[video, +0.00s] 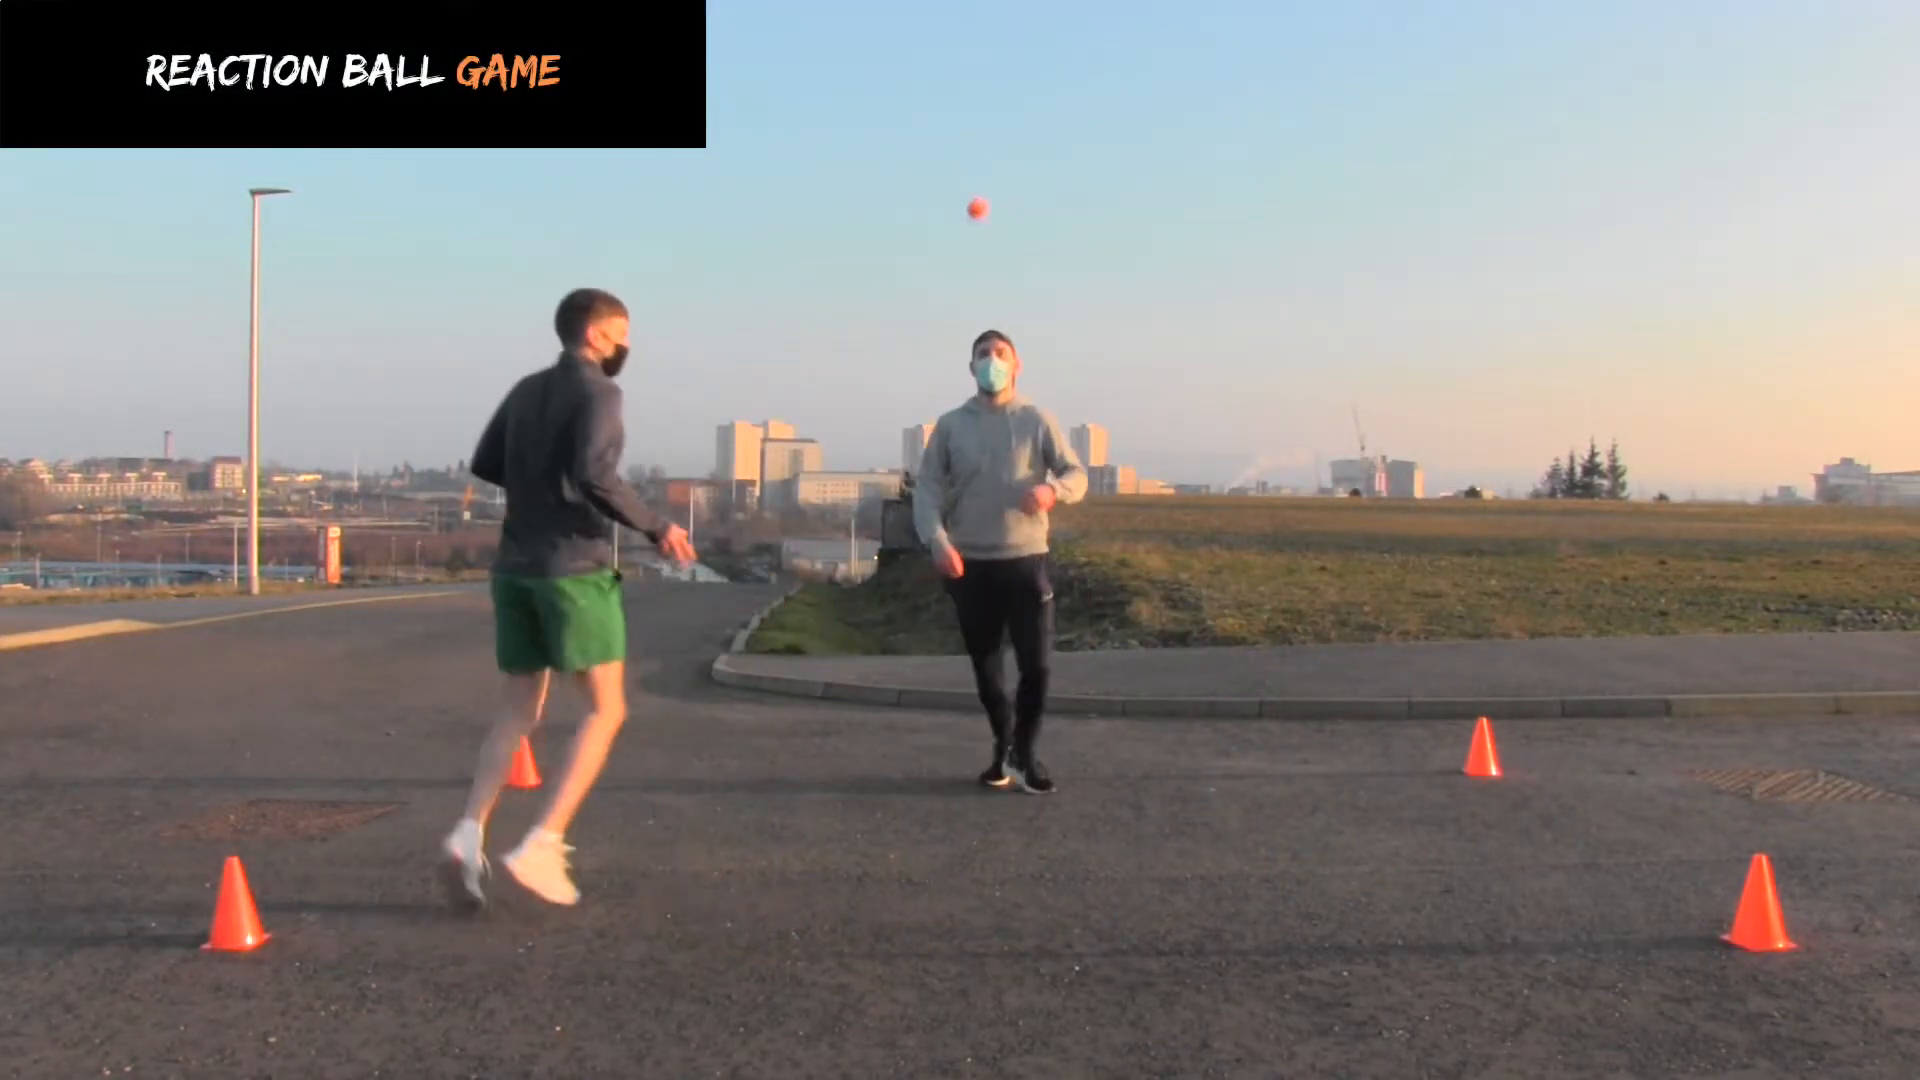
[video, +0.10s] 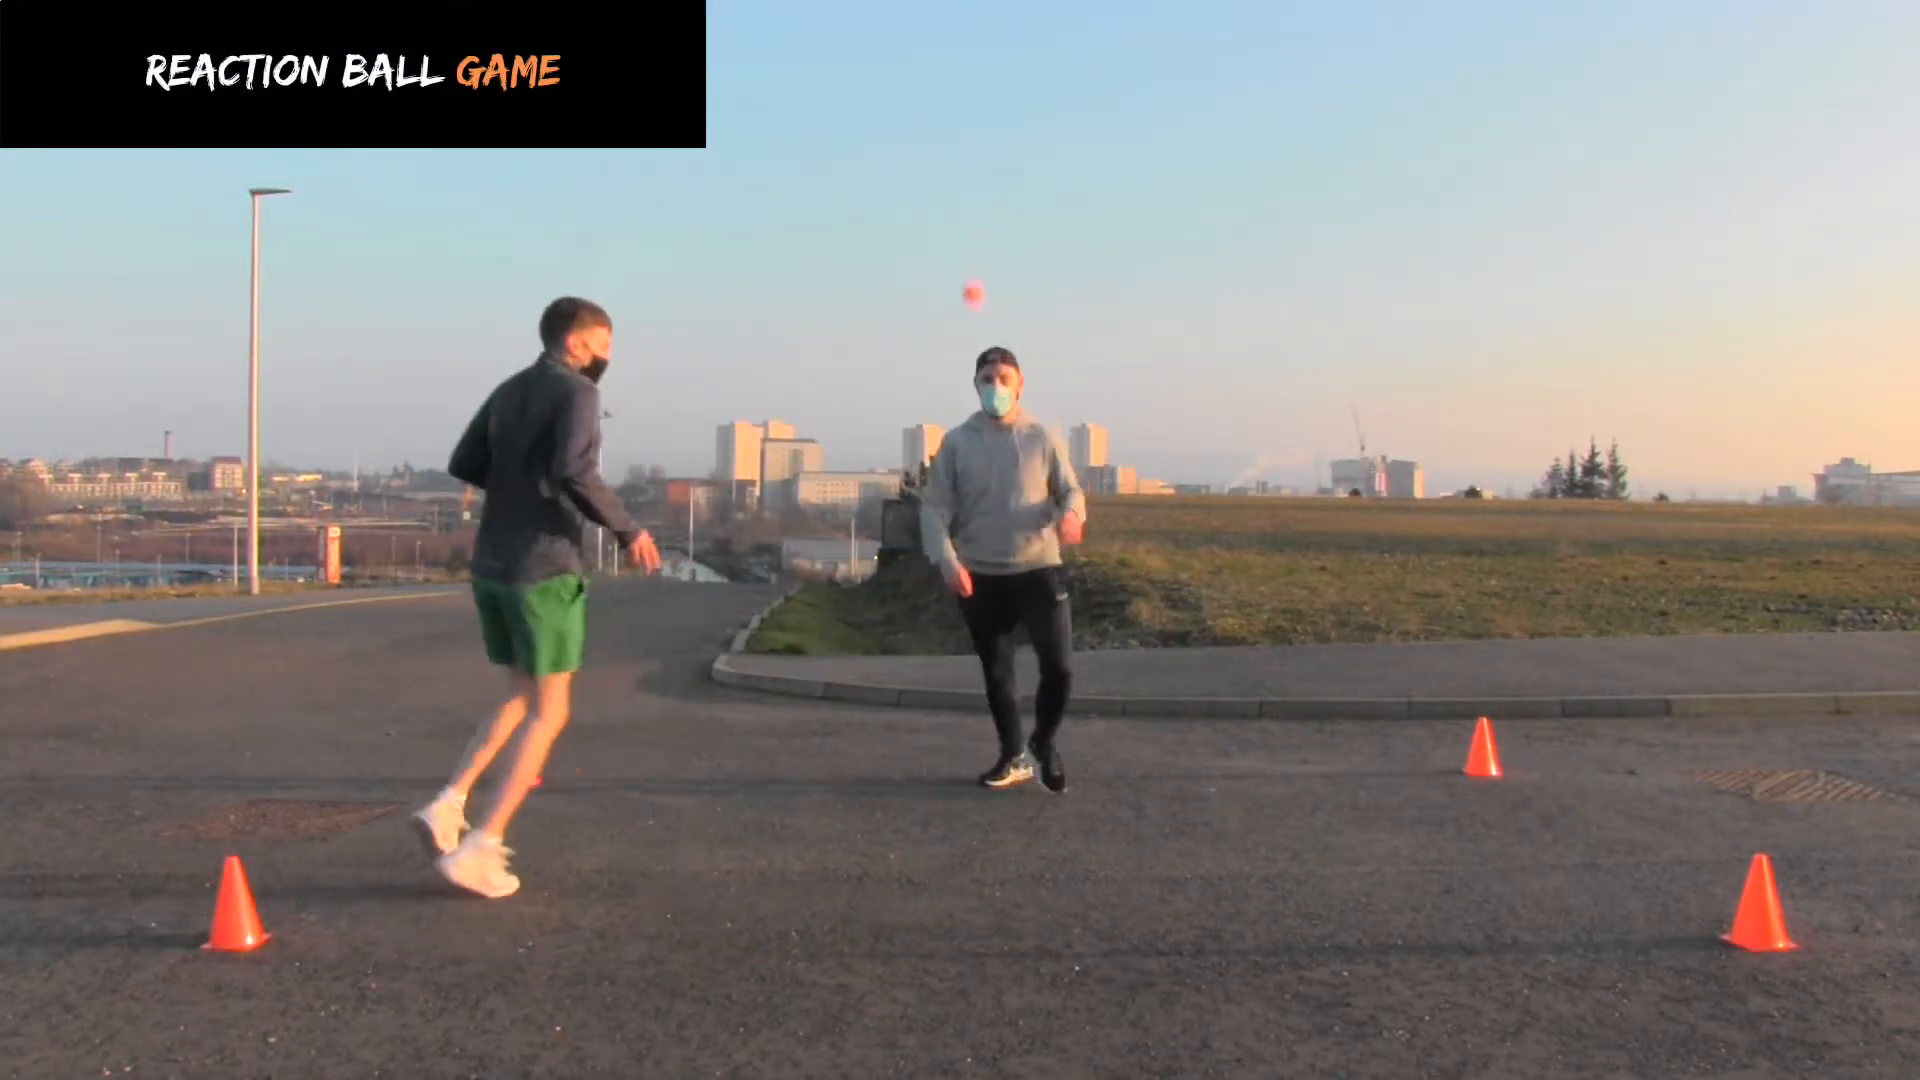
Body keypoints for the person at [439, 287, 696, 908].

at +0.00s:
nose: (627, 342)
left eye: (626, 331)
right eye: (621, 331)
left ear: (572, 332)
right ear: (594, 331)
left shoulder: (527, 389)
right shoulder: (600, 391)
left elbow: (486, 463)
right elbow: (594, 476)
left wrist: (547, 491)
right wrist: (659, 527)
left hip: (515, 570)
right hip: (576, 573)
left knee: (521, 706)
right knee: (607, 708)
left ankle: (469, 831)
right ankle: (542, 844)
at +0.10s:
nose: (605, 358)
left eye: (607, 348)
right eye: (602, 346)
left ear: (554, 340)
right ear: (576, 340)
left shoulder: (509, 390)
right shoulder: (578, 392)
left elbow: (466, 463)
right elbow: (575, 472)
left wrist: (526, 488)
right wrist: (629, 529)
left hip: (492, 568)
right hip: (546, 572)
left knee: (522, 695)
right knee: (550, 711)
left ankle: (450, 801)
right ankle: (481, 846)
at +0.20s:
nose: (594, 383)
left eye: (596, 373)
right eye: (590, 372)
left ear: (546, 369)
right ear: (562, 368)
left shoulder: (499, 420)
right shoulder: (564, 423)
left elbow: (455, 493)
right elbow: (563, 503)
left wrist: (516, 513)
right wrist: (617, 559)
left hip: (477, 588)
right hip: (524, 595)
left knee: (507, 709)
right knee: (527, 733)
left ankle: (450, 810)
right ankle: (456, 862)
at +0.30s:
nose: (582, 418)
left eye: (585, 407)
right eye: (577, 406)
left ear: (535, 402)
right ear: (547, 400)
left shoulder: (487, 450)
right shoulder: (544, 456)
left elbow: (458, 525)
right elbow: (537, 540)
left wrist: (539, 535)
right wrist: (597, 599)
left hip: (461, 605)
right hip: (501, 613)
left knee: (496, 712)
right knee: (523, 743)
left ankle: (451, 801)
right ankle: (452, 865)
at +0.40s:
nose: (575, 423)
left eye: (578, 413)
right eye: (569, 412)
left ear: (534, 407)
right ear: (538, 404)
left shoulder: (494, 451)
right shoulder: (525, 460)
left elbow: (487, 525)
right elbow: (507, 545)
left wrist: (547, 522)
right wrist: (571, 596)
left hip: (466, 605)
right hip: (496, 611)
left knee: (490, 721)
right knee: (507, 736)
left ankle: (436, 808)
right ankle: (453, 857)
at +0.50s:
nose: (576, 402)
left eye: (579, 393)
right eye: (571, 391)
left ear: (542, 387)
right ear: (539, 384)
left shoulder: (518, 430)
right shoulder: (518, 438)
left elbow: (505, 498)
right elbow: (481, 513)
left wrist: (549, 500)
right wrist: (539, 565)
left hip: (477, 585)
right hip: (495, 588)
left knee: (487, 705)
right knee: (512, 704)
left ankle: (433, 807)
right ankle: (441, 816)